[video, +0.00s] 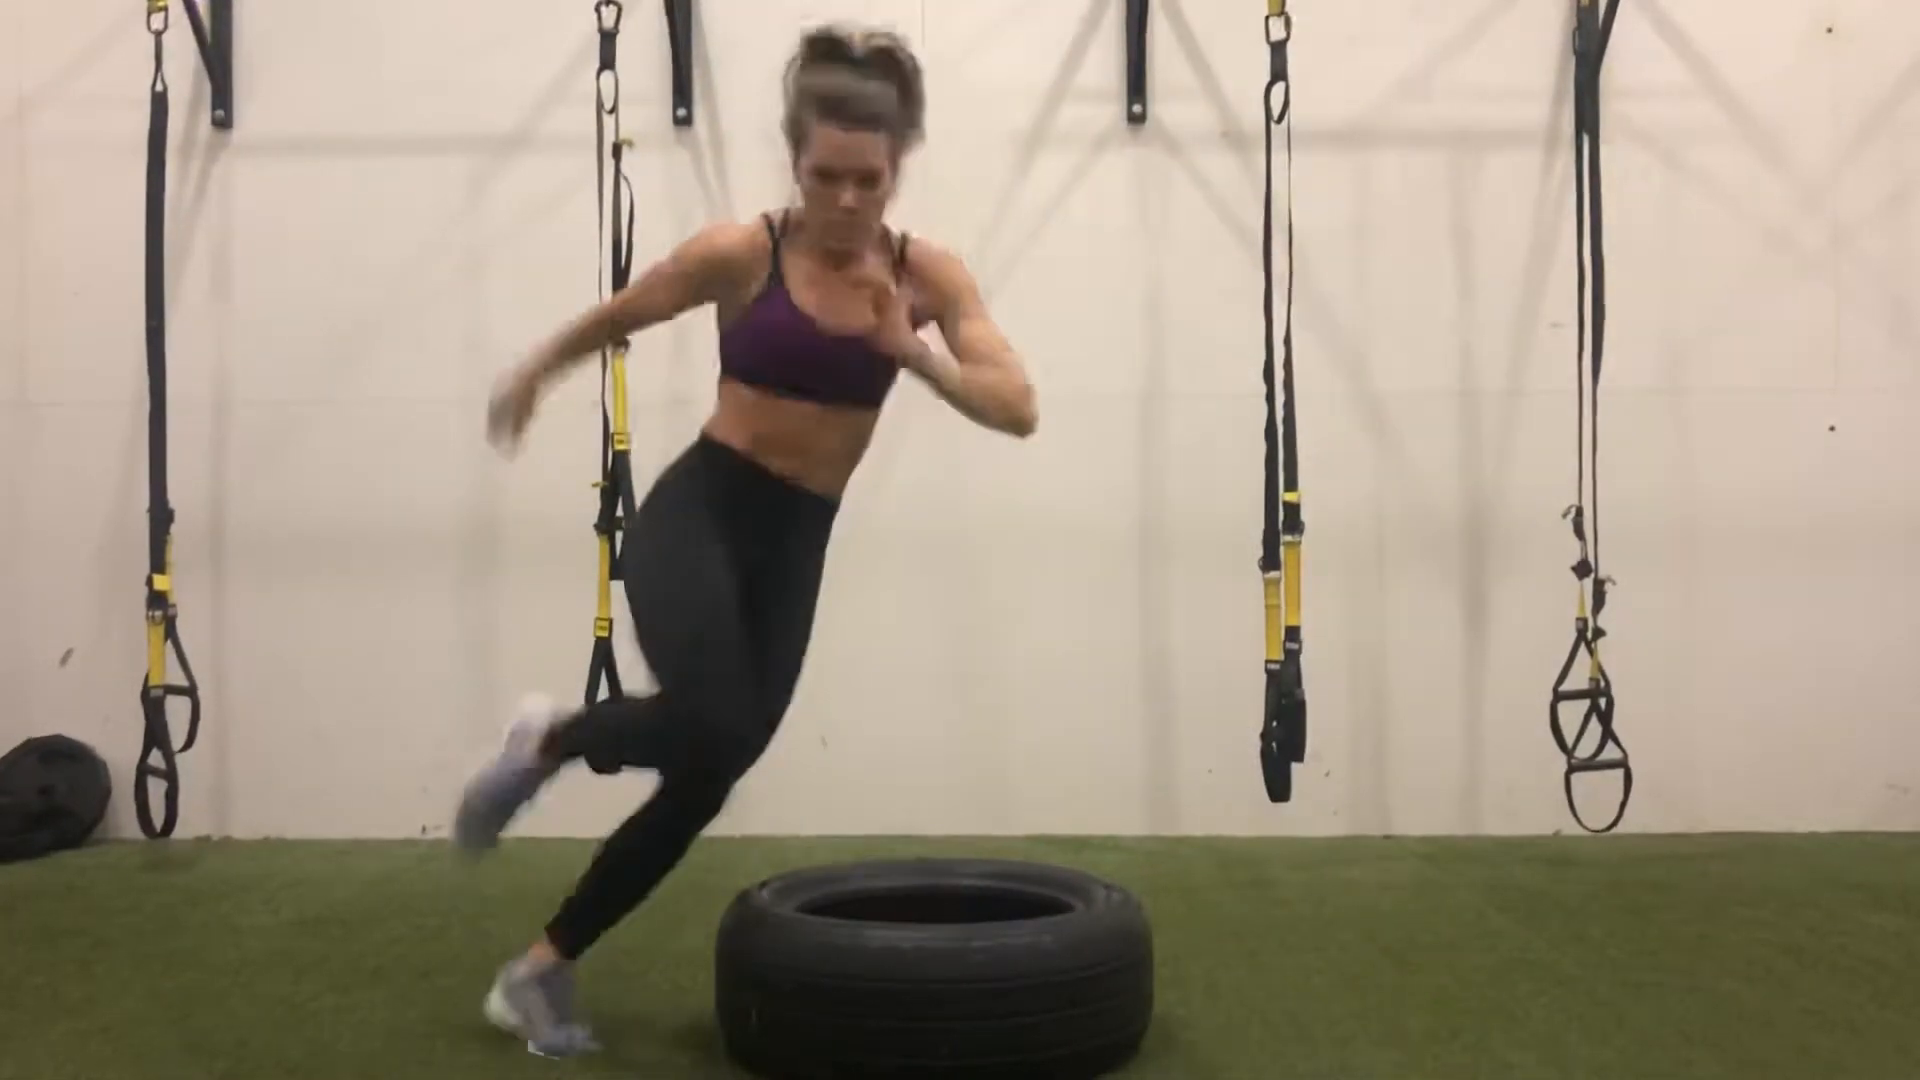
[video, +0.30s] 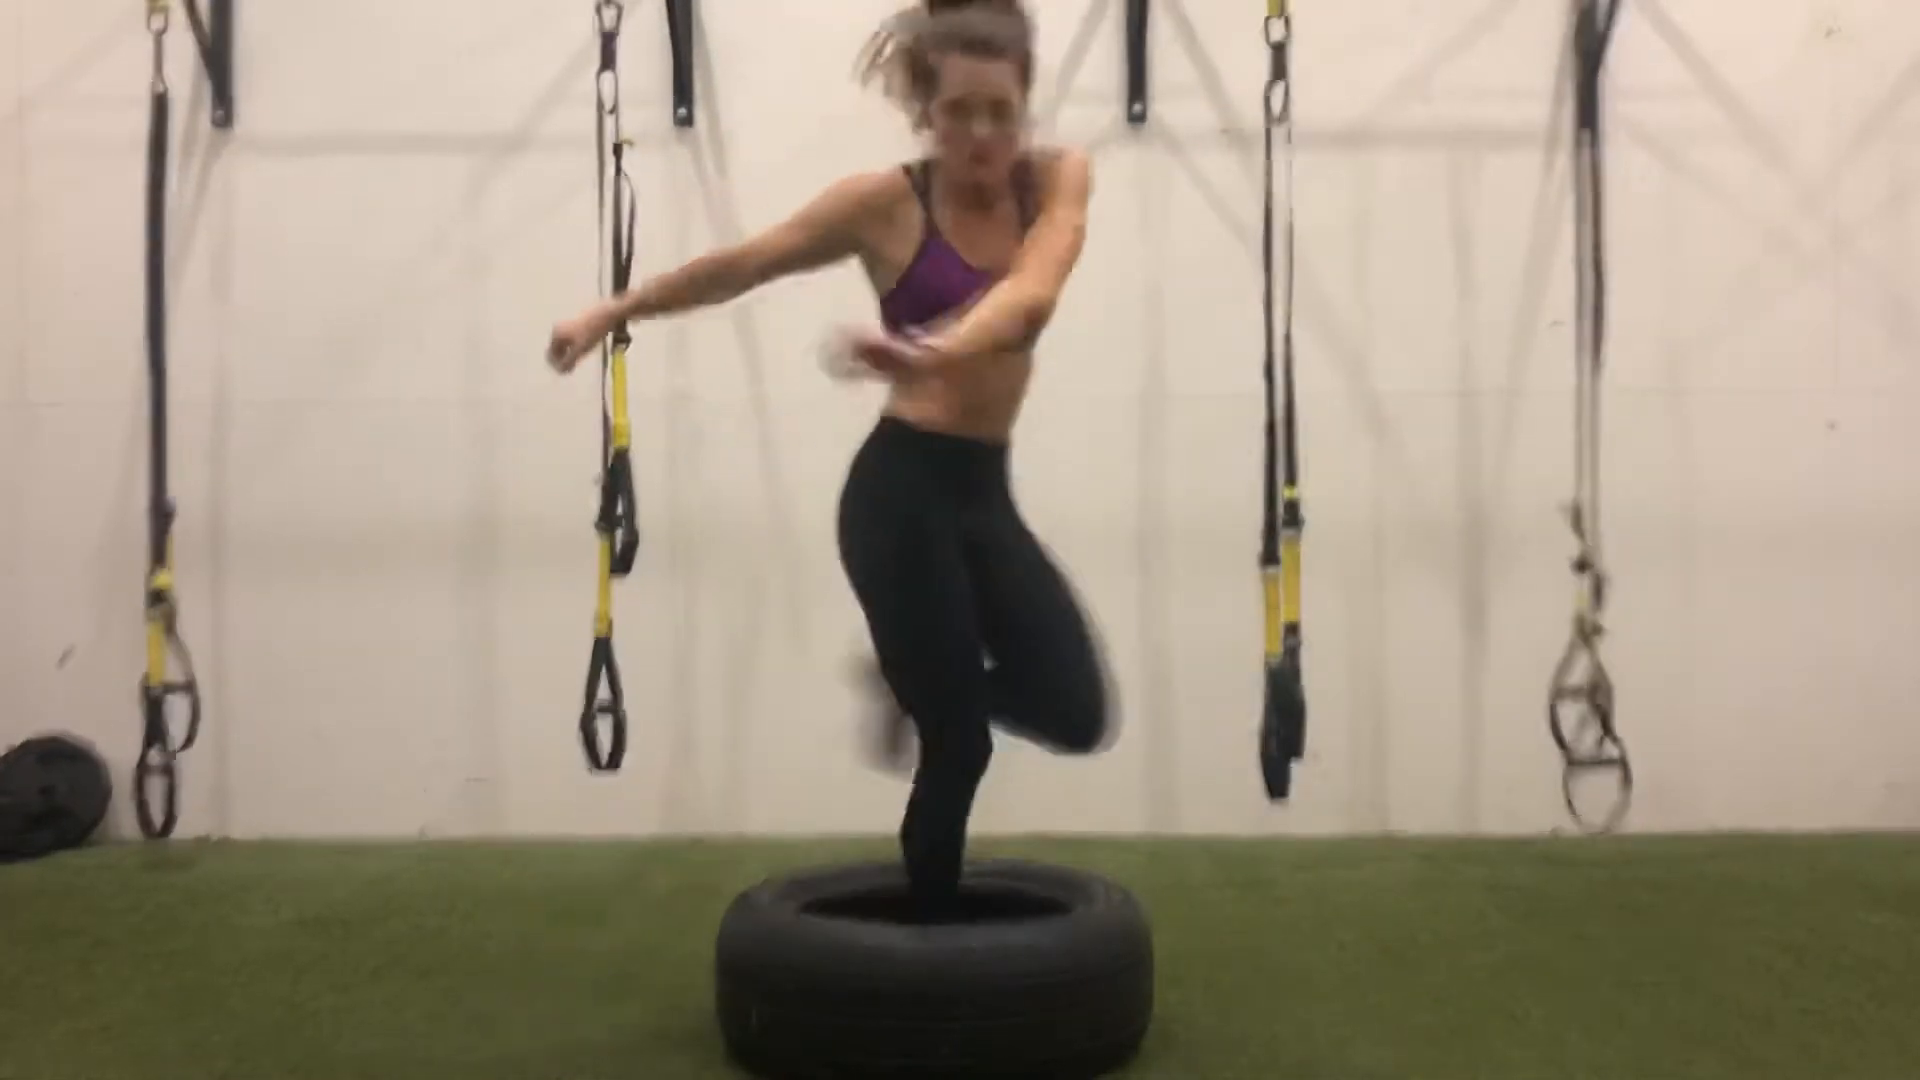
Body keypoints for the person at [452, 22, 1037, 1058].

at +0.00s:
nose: (844, 201)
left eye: (866, 180)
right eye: (826, 177)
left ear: (902, 166)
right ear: (794, 157)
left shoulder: (928, 275)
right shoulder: (738, 255)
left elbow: (1021, 410)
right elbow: (621, 318)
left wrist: (931, 360)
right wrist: (531, 374)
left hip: (793, 550)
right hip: (697, 510)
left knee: (709, 782)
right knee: (709, 724)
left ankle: (538, 969)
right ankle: (546, 743)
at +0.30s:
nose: (981, 133)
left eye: (999, 110)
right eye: (960, 111)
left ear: (1026, 101)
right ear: (924, 104)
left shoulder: (1057, 176)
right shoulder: (882, 203)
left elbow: (1032, 293)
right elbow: (742, 269)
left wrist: (938, 348)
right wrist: (613, 312)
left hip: (983, 497)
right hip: (898, 497)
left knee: (1077, 714)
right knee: (957, 739)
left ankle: (911, 679)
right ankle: (928, 960)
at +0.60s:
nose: (1040, 175)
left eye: (1060, 153)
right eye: (1021, 154)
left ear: (1096, 149)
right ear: (993, 156)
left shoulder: (1168, 230)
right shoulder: (983, 281)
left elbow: (1318, 295)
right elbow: (971, 410)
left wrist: (1417, 394)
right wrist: (982, 426)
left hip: (1204, 514)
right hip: (1097, 535)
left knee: (1297, 762)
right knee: (1086, 687)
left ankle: (1412, 988)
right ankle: (1189, 694)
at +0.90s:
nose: (988, 163)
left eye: (1011, 140)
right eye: (969, 138)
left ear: (1054, 140)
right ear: (948, 136)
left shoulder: (1090, 222)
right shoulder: (928, 212)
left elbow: (1222, 220)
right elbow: (836, 289)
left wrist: (1283, 283)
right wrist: (909, 159)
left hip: (1114, 465)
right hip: (1047, 489)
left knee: (920, 580)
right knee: (1182, 728)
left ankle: (1084, 770)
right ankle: (1344, 920)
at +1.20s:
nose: (851, 155)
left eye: (875, 136)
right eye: (833, 128)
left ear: (903, 139)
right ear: (798, 119)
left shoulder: (924, 247)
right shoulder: (729, 221)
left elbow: (994, 380)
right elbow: (696, 332)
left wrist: (951, 457)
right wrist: (692, 429)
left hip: (907, 480)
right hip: (810, 484)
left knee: (872, 723)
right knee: (682, 695)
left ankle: (981, 925)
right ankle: (639, 885)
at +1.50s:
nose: (795, 175)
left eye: (817, 156)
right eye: (777, 152)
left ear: (849, 152)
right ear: (745, 142)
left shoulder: (878, 238)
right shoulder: (691, 242)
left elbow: (941, 324)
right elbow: (613, 361)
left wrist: (932, 390)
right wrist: (603, 465)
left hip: (786, 518)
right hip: (676, 498)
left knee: (732, 761)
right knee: (602, 740)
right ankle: (463, 918)